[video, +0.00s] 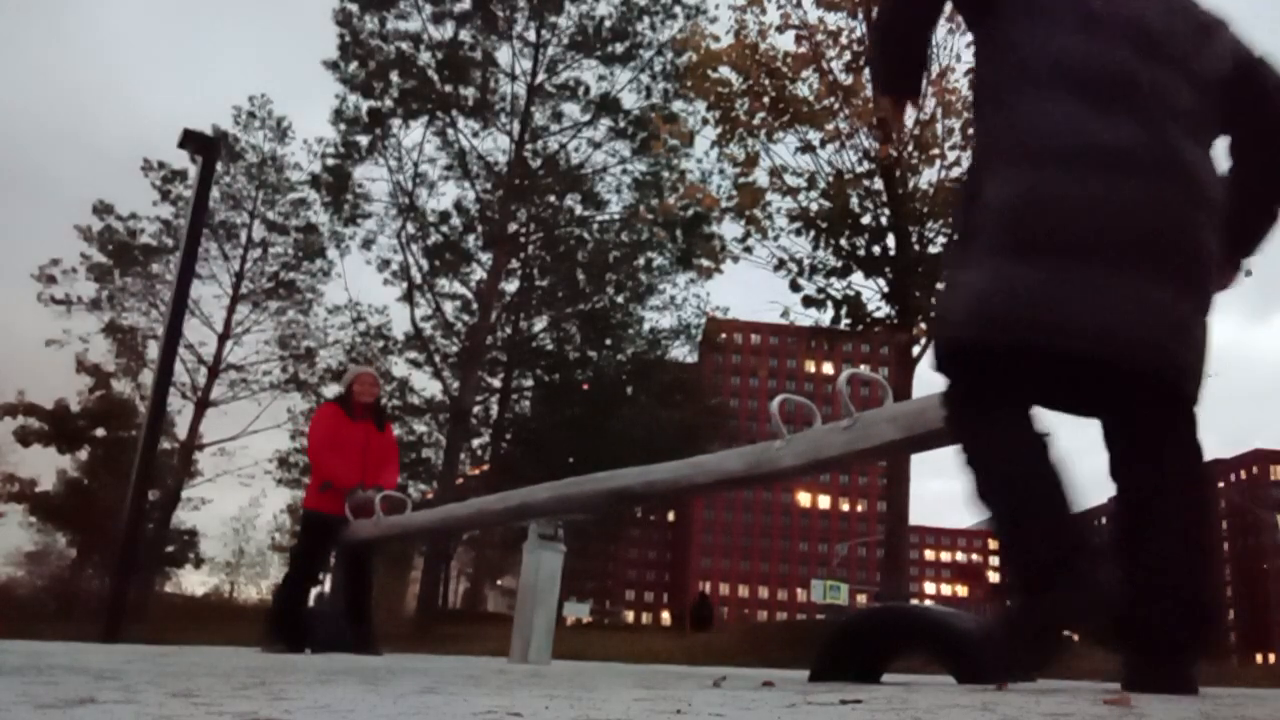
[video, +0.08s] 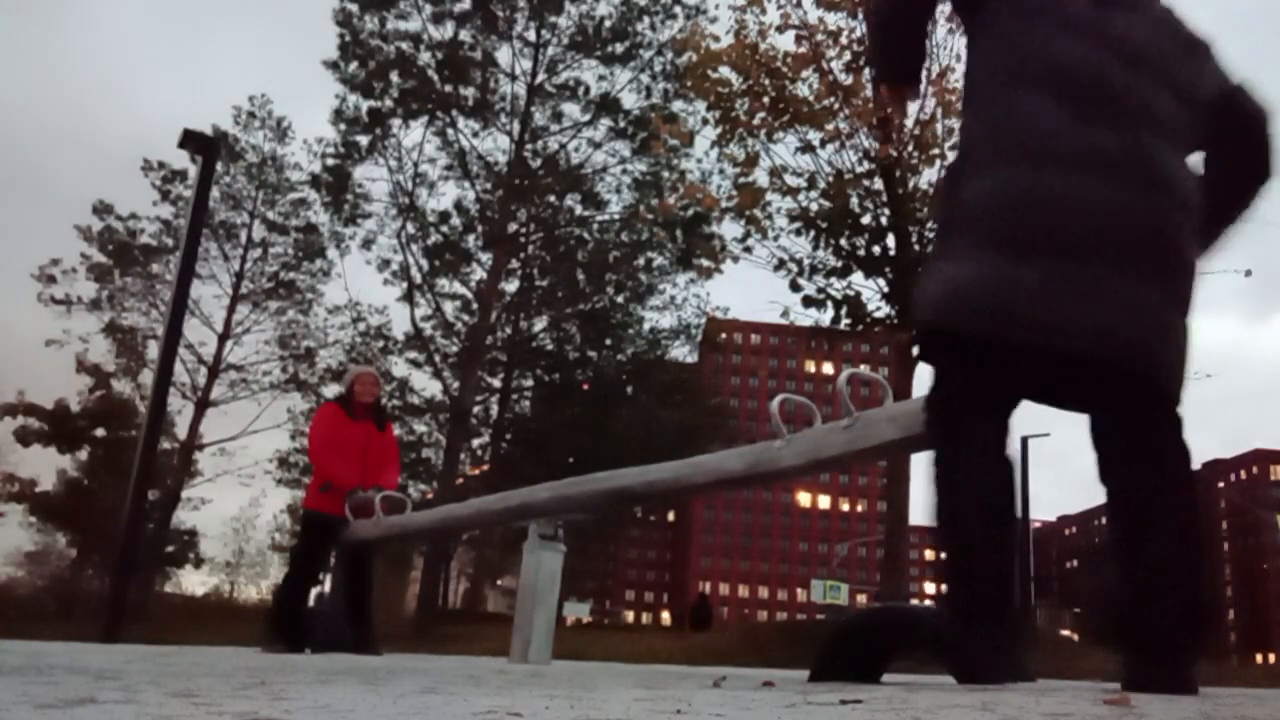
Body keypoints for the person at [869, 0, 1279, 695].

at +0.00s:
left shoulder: (1012, 7)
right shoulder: (1194, 24)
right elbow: (1270, 111)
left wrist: (896, 77)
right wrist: (1223, 242)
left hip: (1026, 221)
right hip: (1164, 237)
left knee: (983, 393)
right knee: (1156, 441)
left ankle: (1051, 582)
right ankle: (1164, 655)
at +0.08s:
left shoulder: (1004, 4)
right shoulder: (1171, 32)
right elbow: (1246, 133)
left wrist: (896, 68)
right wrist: (1182, 230)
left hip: (1002, 228)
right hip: (1137, 252)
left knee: (965, 418)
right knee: (1143, 439)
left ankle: (986, 637)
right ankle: (1164, 656)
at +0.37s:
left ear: (989, 34)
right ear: (1052, 43)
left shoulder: (940, 73)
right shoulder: (1072, 91)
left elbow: (840, 98)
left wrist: (854, 185)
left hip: (939, 335)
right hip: (1063, 336)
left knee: (911, 491)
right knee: (1109, 483)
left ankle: (863, 654)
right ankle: (1161, 658)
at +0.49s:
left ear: (922, 81)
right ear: (984, 86)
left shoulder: (879, 125)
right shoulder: (1004, 131)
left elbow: (801, 191)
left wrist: (854, 248)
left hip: (911, 362)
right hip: (1031, 351)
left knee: (890, 511)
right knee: (1096, 480)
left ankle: (857, 667)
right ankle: (1159, 653)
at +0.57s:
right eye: (945, 102)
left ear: (877, 108)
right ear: (940, 106)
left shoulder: (837, 156)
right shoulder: (965, 146)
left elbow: (788, 241)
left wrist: (829, 288)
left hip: (892, 362)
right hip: (1008, 343)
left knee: (877, 496)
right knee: (1097, 450)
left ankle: (860, 655)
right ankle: (1146, 620)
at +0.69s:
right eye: (898, 121)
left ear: (834, 132)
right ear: (894, 126)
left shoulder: (805, 183)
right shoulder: (919, 159)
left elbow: (791, 284)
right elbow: (942, 237)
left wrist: (833, 344)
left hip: (876, 347)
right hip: (979, 314)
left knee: (871, 501)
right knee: (1087, 409)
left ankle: (859, 651)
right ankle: (1152, 571)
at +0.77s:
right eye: (875, 130)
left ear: (819, 143)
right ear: (874, 134)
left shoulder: (792, 192)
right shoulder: (904, 168)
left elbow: (787, 292)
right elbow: (932, 243)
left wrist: (829, 355)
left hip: (869, 341)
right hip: (964, 302)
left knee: (870, 500)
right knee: (1067, 389)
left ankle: (860, 646)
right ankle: (1166, 493)